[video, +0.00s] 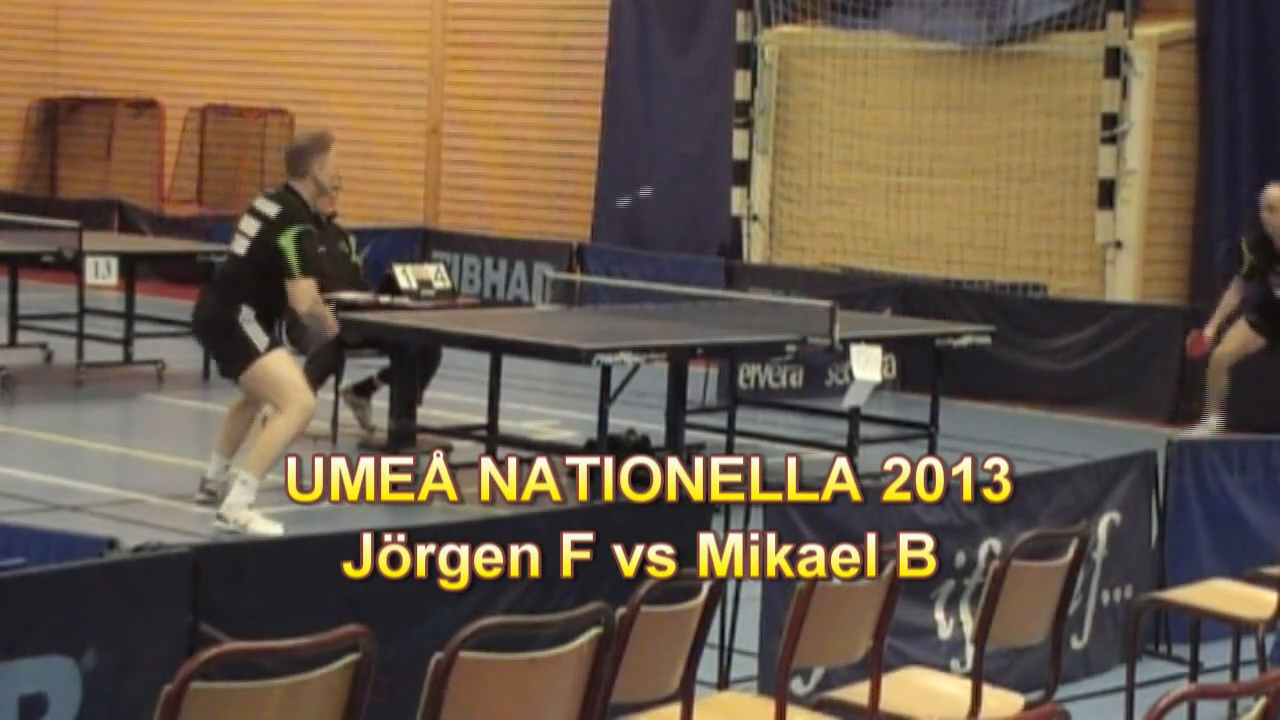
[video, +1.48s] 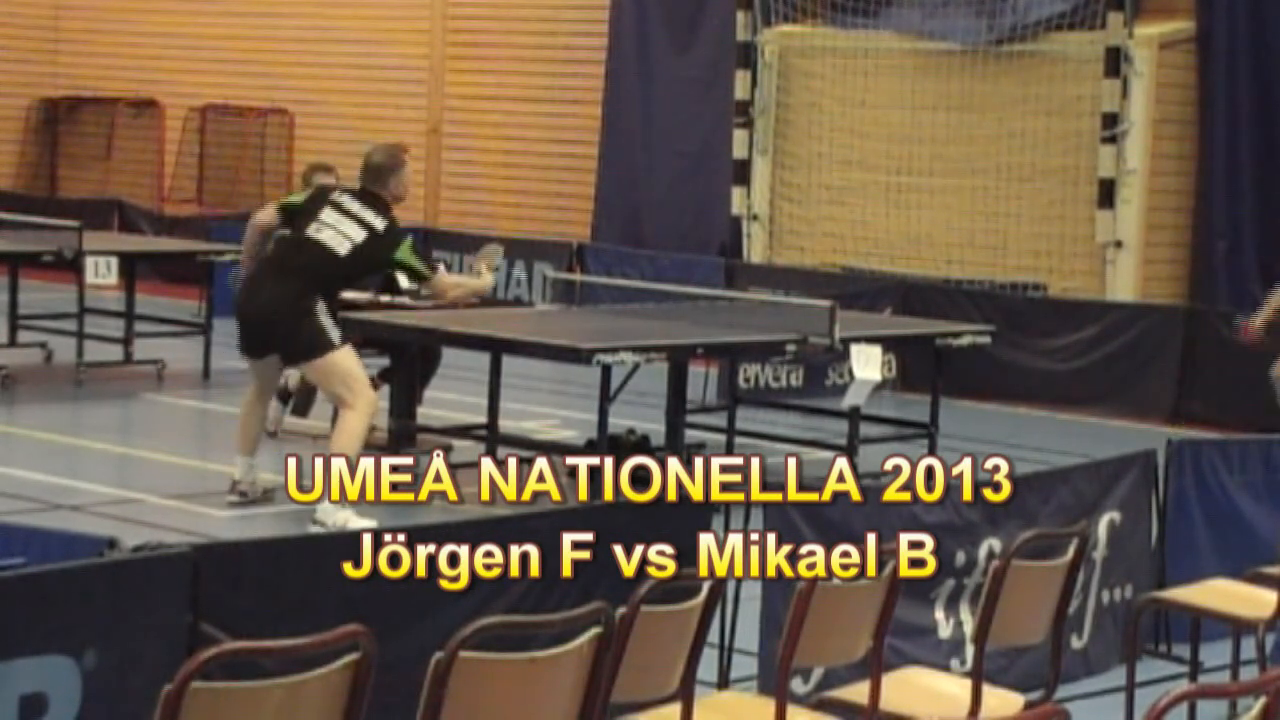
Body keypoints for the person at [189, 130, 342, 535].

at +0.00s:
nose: (336, 172)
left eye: (334, 163)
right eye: (331, 164)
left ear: (298, 169)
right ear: (314, 169)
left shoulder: (267, 201)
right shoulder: (295, 221)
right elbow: (304, 302)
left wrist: (308, 303)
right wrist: (325, 319)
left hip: (216, 310)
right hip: (236, 317)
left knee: (255, 395)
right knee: (299, 403)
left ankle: (215, 477)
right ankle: (237, 503)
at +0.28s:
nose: (352, 160)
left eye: (351, 153)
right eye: (350, 153)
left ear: (308, 153)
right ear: (339, 158)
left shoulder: (268, 182)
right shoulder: (330, 210)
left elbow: (221, 235)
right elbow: (375, 273)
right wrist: (387, 263)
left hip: (208, 281)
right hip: (243, 293)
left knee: (233, 388)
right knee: (291, 402)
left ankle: (220, 478)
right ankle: (236, 505)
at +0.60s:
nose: (354, 142)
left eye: (352, 134)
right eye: (350, 134)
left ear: (309, 142)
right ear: (334, 142)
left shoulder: (268, 177)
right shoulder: (335, 199)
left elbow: (215, 219)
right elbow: (399, 245)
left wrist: (217, 265)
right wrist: (456, 214)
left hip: (232, 291)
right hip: (272, 297)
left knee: (252, 384)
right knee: (338, 389)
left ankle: (219, 481)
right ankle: (330, 501)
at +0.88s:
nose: (361, 155)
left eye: (359, 147)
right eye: (357, 148)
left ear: (319, 153)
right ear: (339, 154)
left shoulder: (286, 192)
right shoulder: (329, 210)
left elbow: (274, 255)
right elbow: (368, 280)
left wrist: (316, 294)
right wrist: (415, 289)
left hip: (252, 308)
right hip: (286, 315)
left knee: (280, 387)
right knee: (363, 397)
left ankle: (244, 477)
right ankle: (333, 504)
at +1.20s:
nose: (375, 176)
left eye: (373, 169)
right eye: (370, 169)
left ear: (336, 173)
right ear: (351, 174)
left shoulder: (301, 205)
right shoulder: (340, 224)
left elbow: (296, 273)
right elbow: (376, 301)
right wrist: (406, 308)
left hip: (247, 316)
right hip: (280, 322)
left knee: (281, 389)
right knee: (364, 399)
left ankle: (246, 473)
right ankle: (333, 502)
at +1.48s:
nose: (410, 180)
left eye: (408, 173)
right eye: (406, 175)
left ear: (368, 176)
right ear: (392, 182)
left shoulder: (325, 195)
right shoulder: (389, 233)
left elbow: (260, 221)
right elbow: (441, 287)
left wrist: (249, 266)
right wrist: (482, 282)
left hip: (253, 295)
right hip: (296, 305)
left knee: (262, 388)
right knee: (360, 399)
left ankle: (243, 476)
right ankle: (332, 503)